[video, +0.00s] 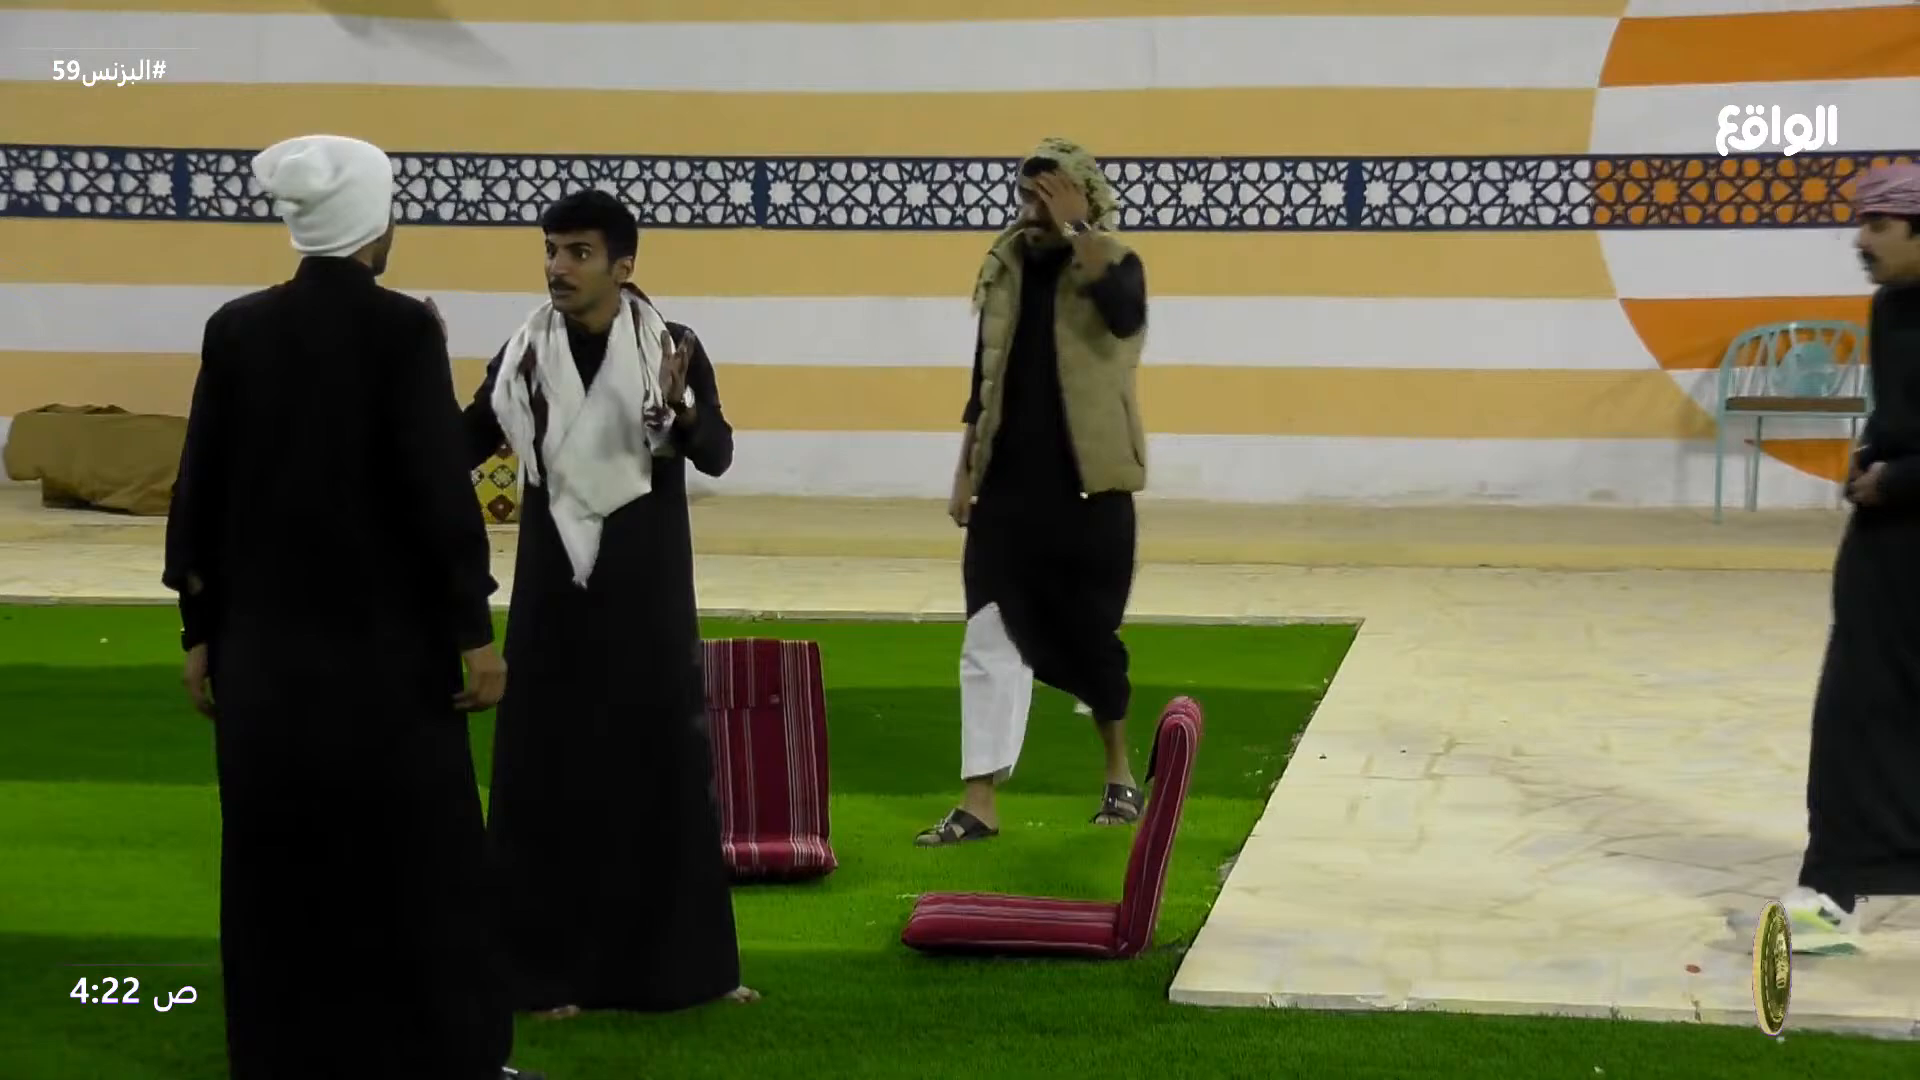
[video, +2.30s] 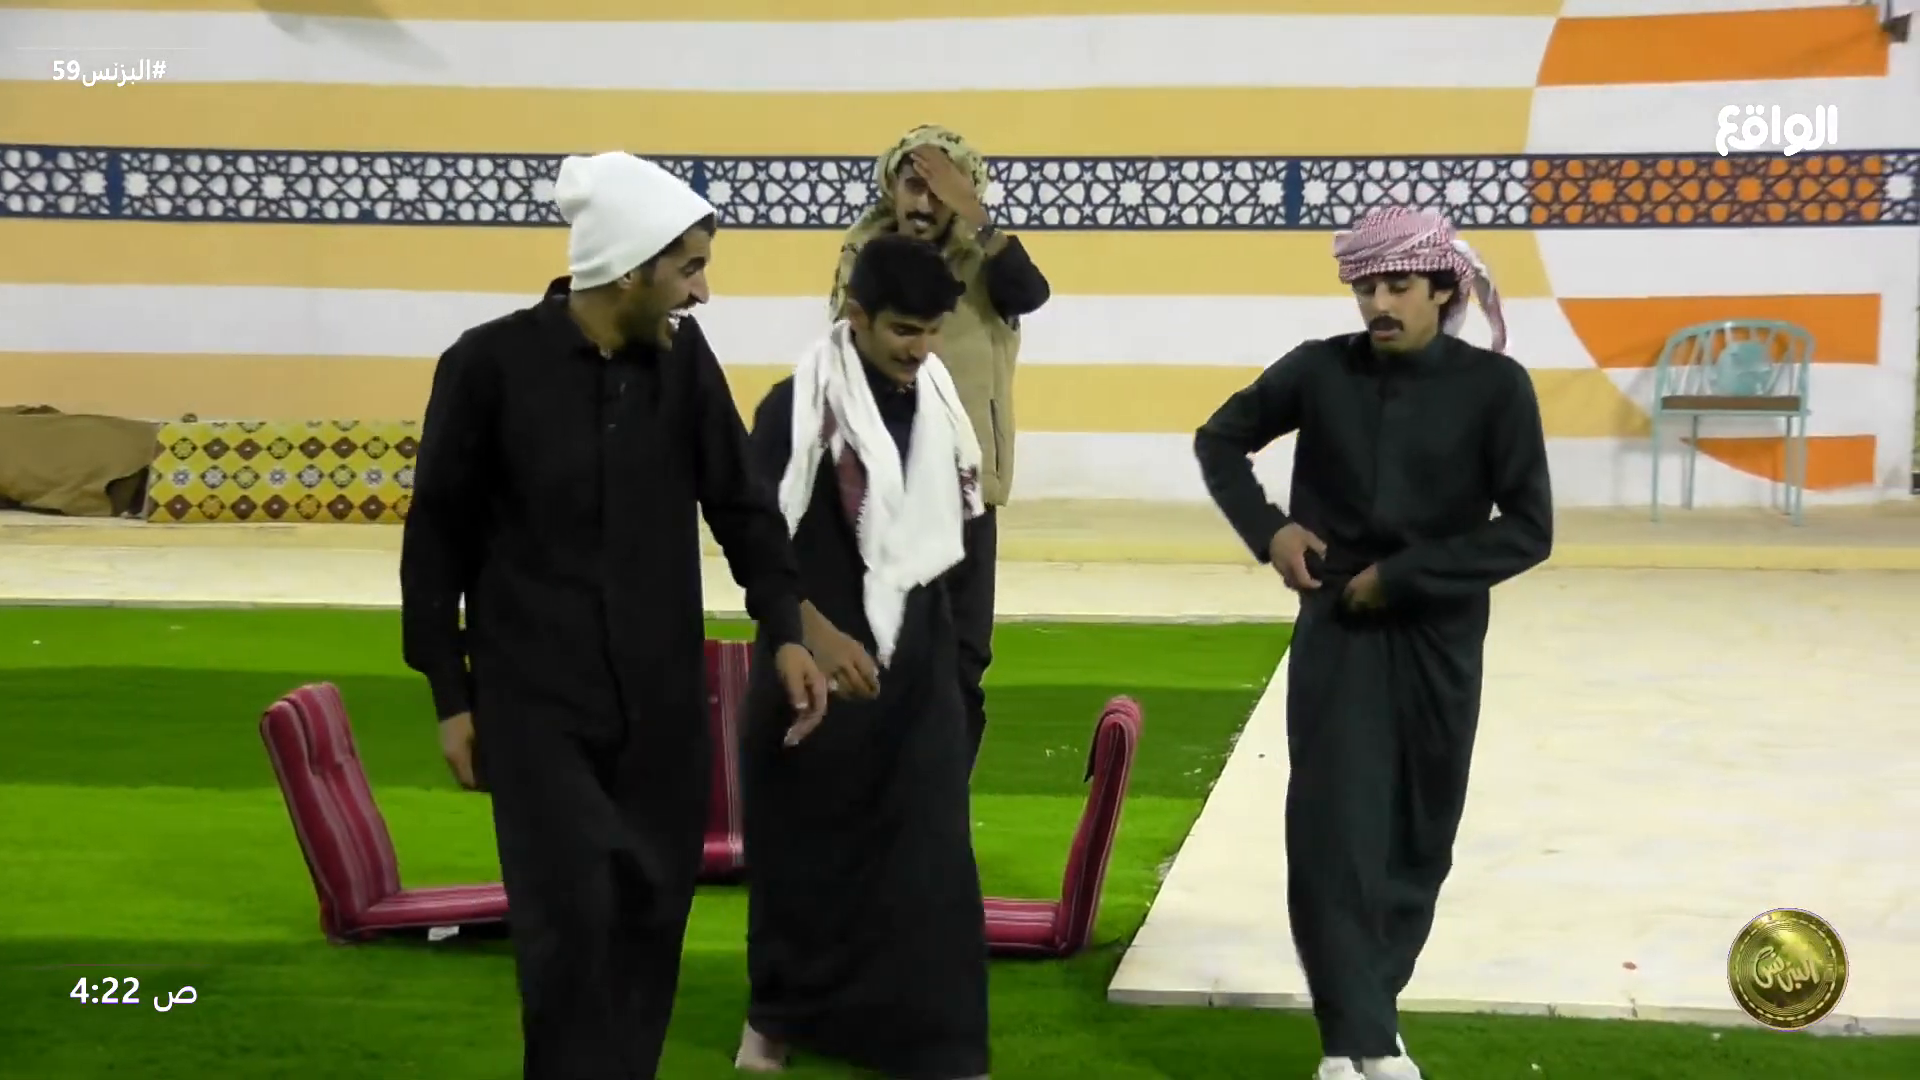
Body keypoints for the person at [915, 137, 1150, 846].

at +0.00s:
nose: (1034, 207)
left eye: (1047, 194)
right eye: (1027, 196)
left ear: (1084, 199)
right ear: (1021, 200)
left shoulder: (1113, 263)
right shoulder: (1002, 267)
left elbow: (1125, 316)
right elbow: (983, 378)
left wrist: (1080, 231)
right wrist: (967, 471)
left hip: (1090, 485)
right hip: (1008, 482)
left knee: (1090, 635)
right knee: (989, 640)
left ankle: (1119, 775)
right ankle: (978, 806)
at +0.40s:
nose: (969, 202)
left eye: (983, 189)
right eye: (961, 187)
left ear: (1020, 193)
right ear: (953, 187)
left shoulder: (1049, 260)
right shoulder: (939, 262)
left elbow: (1062, 272)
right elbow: (918, 381)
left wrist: (1020, 201)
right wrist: (906, 480)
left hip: (1017, 476)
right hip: (947, 476)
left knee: (1013, 643)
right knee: (955, 642)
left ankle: (1028, 815)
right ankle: (973, 809)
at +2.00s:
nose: (957, 195)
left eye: (973, 184)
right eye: (945, 181)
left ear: (1000, 195)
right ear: (924, 189)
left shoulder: (1029, 264)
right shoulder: (891, 263)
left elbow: (1086, 332)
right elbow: (845, 354)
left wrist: (1007, 270)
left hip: (994, 497)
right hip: (900, 491)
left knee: (991, 662)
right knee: (900, 658)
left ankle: (979, 829)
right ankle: (913, 825)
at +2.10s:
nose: (944, 195)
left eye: (962, 183)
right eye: (934, 179)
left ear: (992, 197)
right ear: (914, 189)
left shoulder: (1016, 266)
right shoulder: (884, 263)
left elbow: (1067, 322)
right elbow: (839, 349)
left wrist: (994, 248)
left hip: (984, 497)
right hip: (889, 489)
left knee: (980, 663)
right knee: (885, 652)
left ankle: (969, 828)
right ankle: (886, 820)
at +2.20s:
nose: (930, 202)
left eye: (946, 189)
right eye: (917, 187)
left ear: (976, 195)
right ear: (898, 192)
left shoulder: (1000, 261)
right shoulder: (880, 257)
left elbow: (1038, 298)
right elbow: (858, 291)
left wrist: (982, 215)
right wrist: (903, 221)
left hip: (976, 495)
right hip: (887, 492)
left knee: (969, 663)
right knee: (891, 653)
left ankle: (955, 814)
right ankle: (882, 816)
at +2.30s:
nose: (925, 203)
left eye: (940, 190)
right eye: (911, 186)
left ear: (968, 198)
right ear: (888, 191)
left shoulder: (990, 257)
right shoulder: (868, 250)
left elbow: (1028, 296)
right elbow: (849, 339)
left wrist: (973, 210)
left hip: (967, 485)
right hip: (878, 478)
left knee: (963, 651)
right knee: (884, 641)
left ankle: (945, 800)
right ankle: (876, 800)